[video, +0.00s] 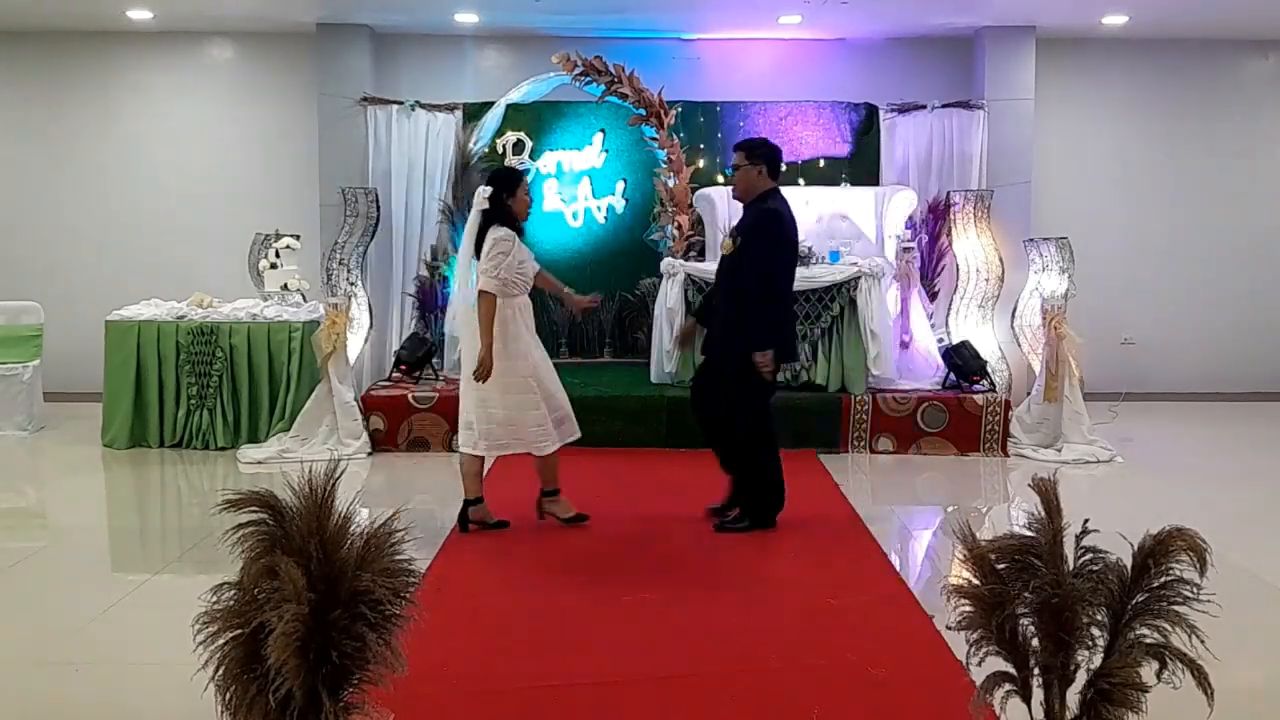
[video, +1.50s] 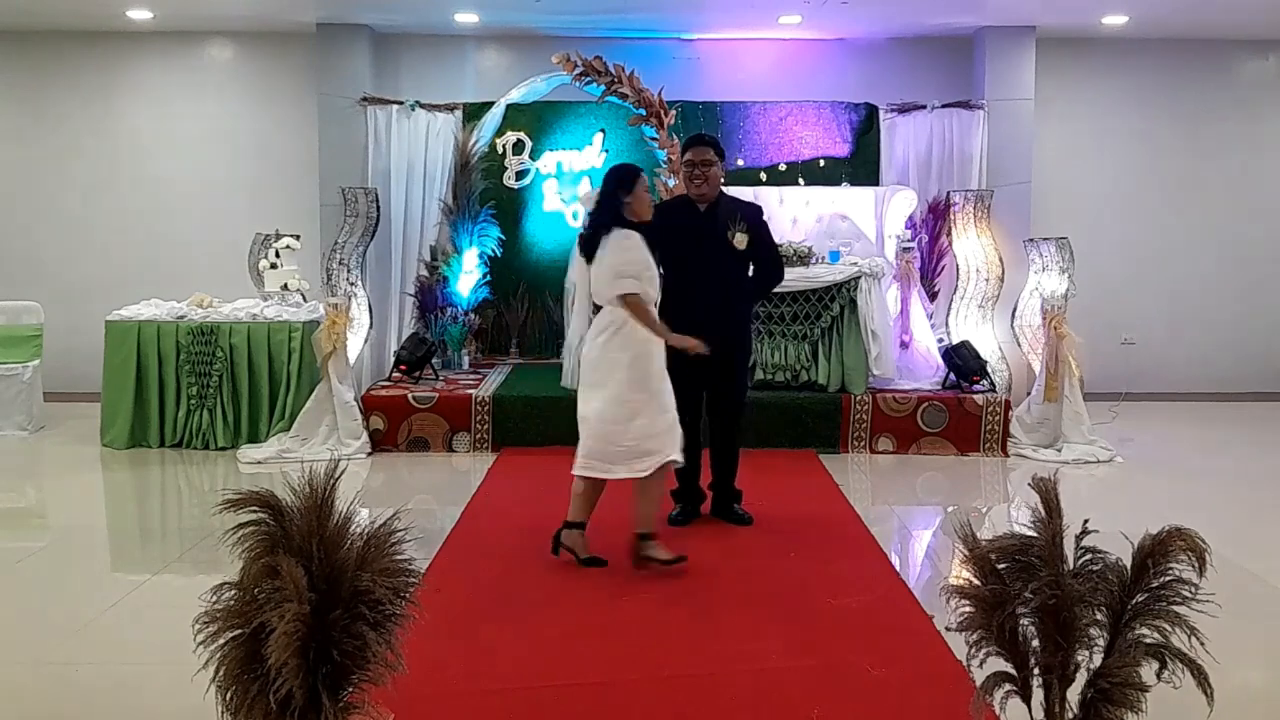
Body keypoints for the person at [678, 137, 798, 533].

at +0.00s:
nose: (732, 178)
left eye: (737, 170)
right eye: (732, 170)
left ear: (761, 172)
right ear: (757, 173)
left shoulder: (770, 216)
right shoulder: (755, 214)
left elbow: (769, 287)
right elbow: (732, 281)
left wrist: (765, 343)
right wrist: (698, 319)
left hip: (751, 344)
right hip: (732, 339)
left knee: (750, 423)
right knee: (708, 398)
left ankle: (760, 509)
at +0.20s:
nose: (706, 176)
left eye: (711, 168)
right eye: (706, 169)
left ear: (736, 169)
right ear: (727, 170)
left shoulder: (764, 214)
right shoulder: (713, 220)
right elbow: (689, 268)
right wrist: (642, 284)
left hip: (745, 339)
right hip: (706, 337)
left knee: (738, 419)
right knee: (688, 413)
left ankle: (754, 507)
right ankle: (682, 498)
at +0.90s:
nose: (717, 174)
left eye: (724, 167)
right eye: (708, 167)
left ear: (734, 172)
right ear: (694, 172)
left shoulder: (750, 212)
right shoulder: (681, 211)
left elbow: (759, 260)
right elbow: (681, 245)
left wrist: (737, 289)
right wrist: (684, 262)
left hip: (740, 332)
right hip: (694, 332)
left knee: (739, 416)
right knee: (695, 414)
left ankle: (727, 498)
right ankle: (690, 498)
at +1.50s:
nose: (698, 172)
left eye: (706, 165)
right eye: (690, 165)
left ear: (722, 169)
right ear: (680, 170)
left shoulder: (745, 214)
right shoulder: (662, 215)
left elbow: (772, 270)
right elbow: (638, 265)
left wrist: (740, 298)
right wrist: (656, 304)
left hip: (729, 331)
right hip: (678, 329)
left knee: (726, 418)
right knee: (684, 417)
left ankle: (725, 499)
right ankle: (687, 498)